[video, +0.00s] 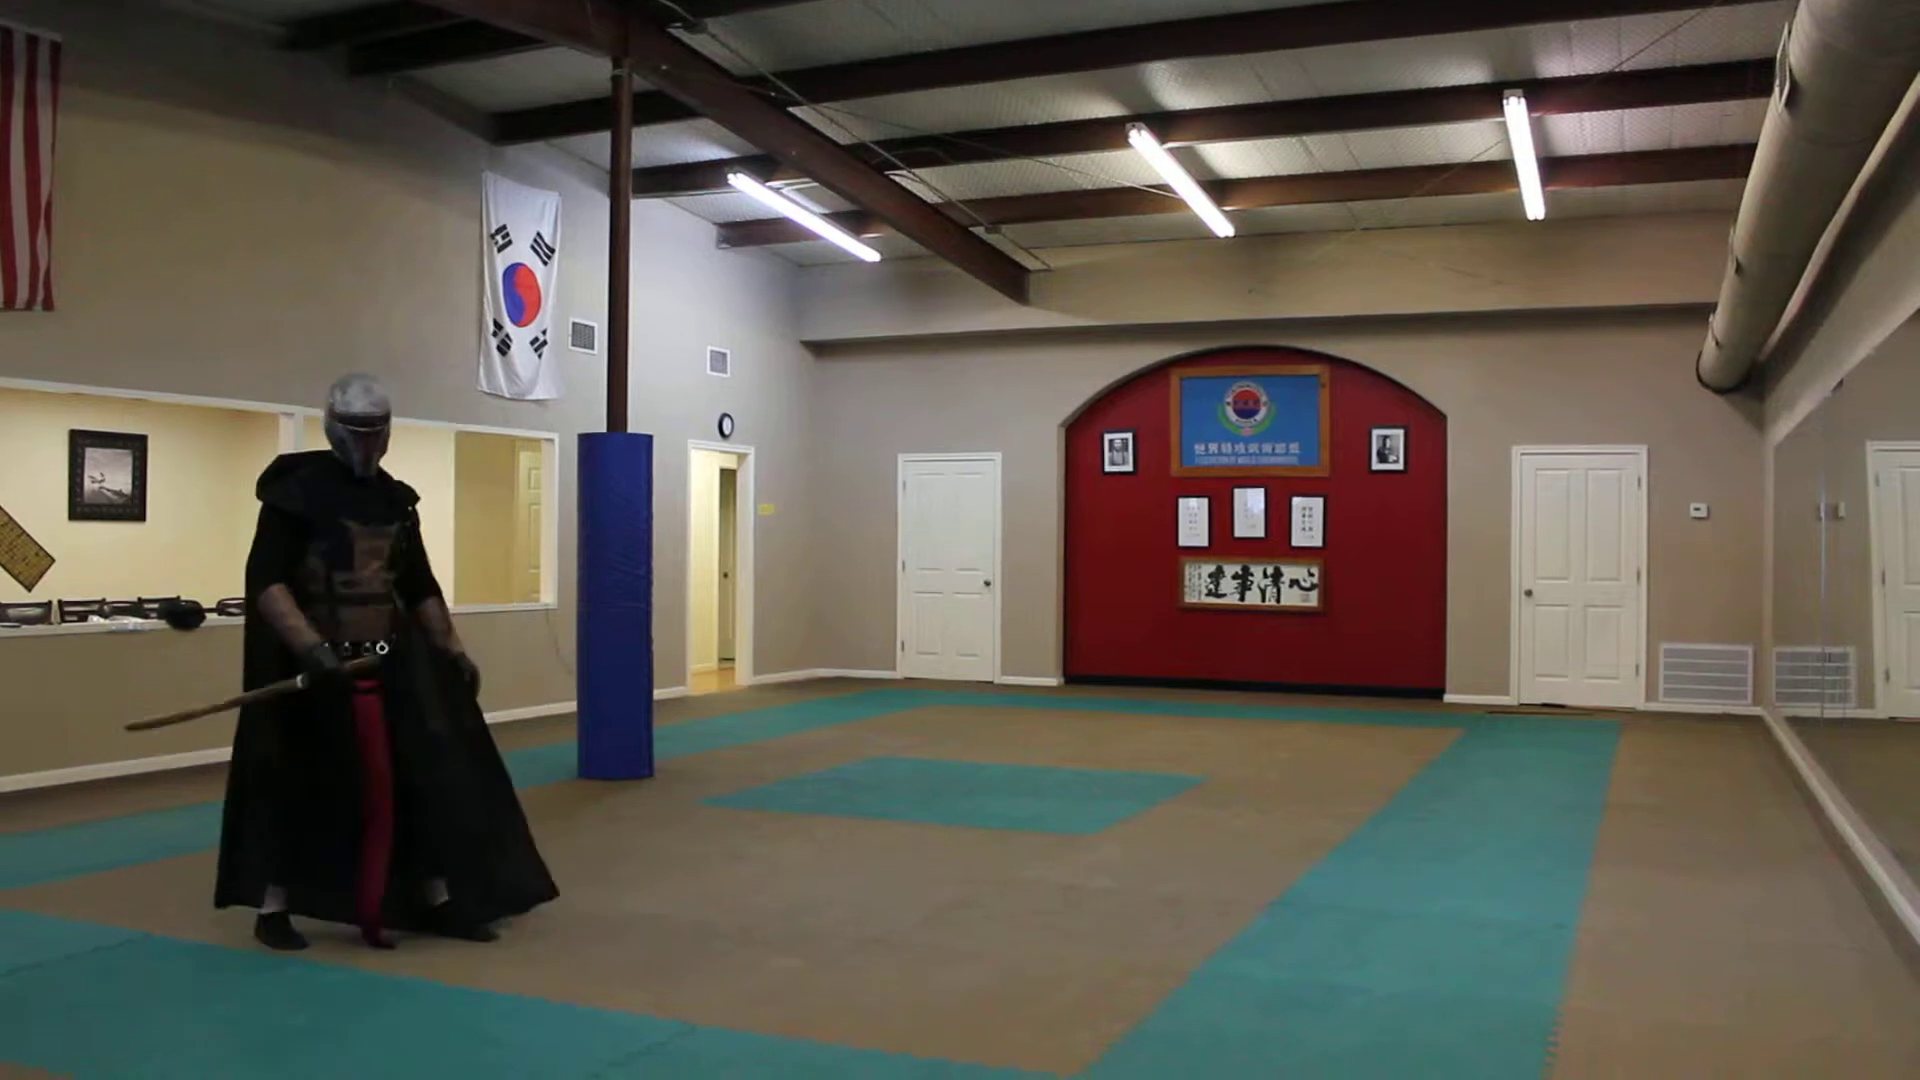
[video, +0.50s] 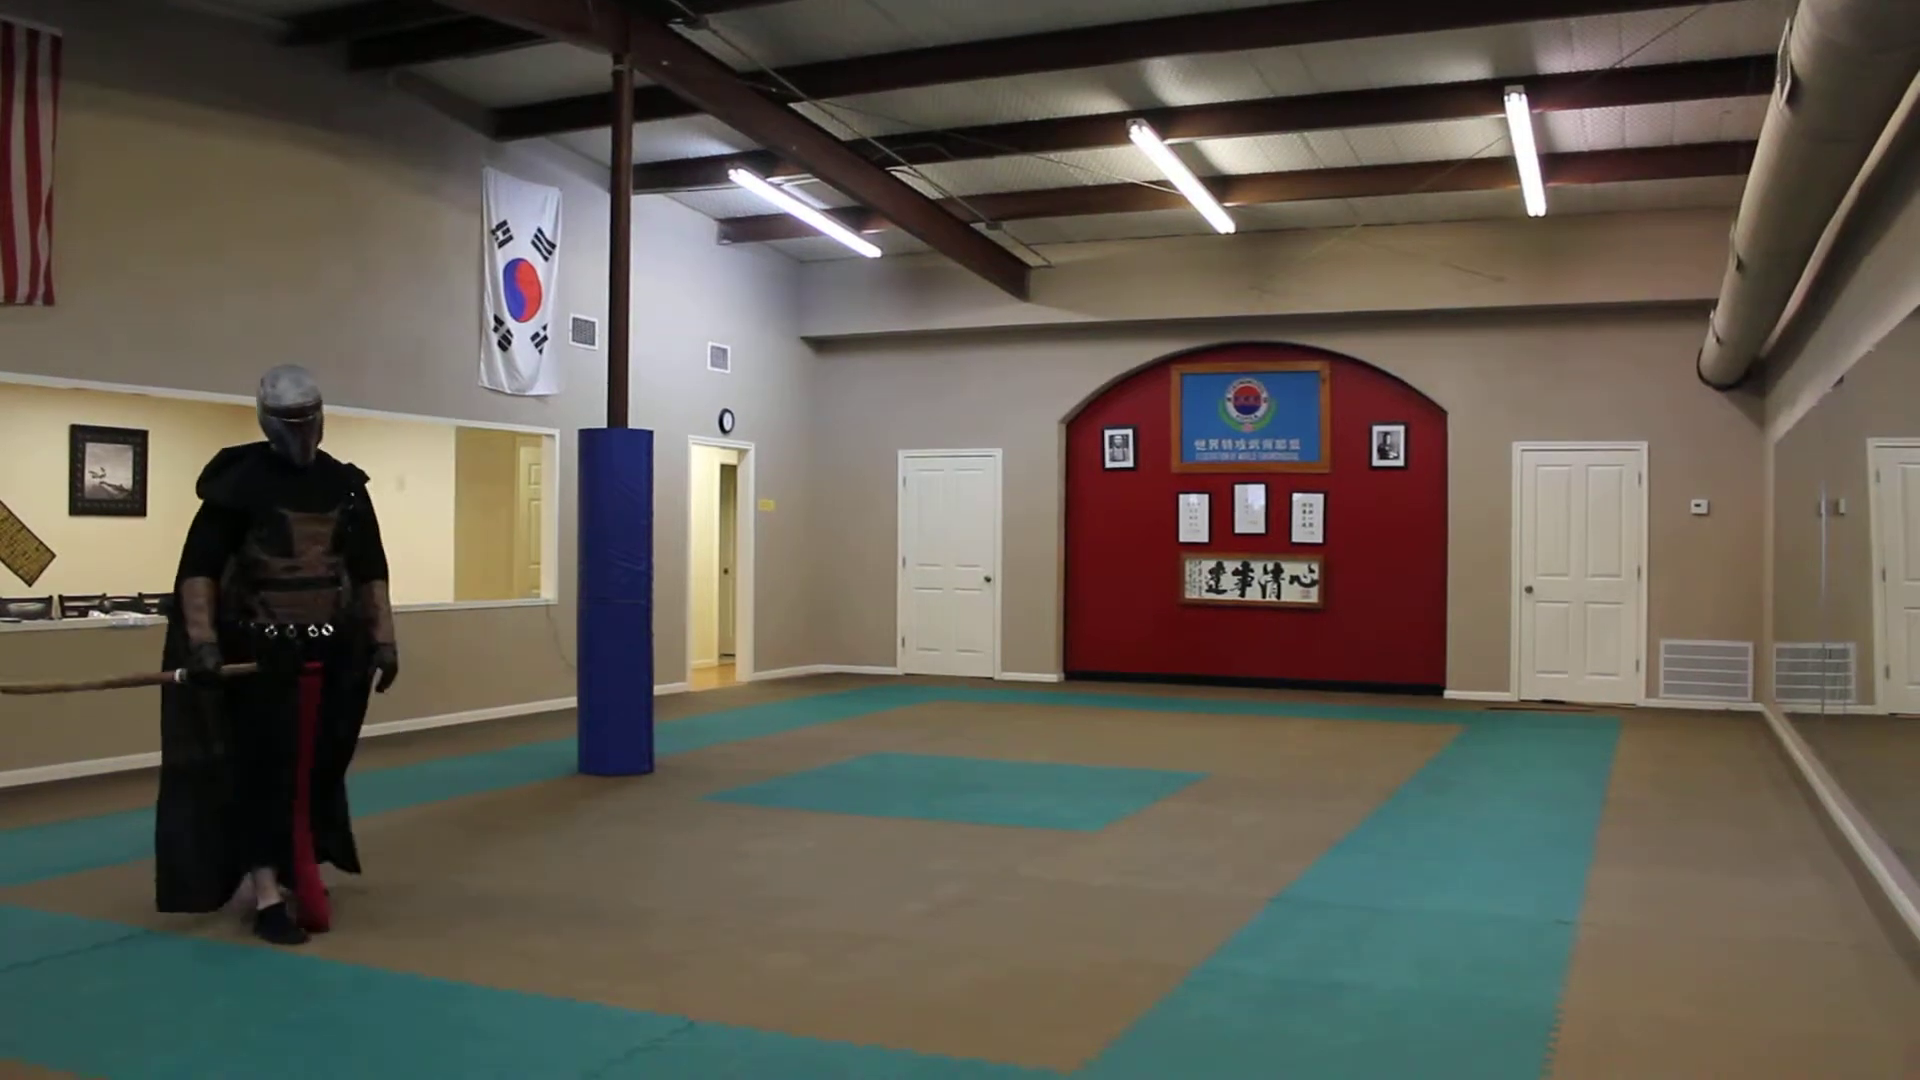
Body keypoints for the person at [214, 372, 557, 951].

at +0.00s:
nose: (366, 441)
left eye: (377, 429)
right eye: (354, 428)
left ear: (390, 430)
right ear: (330, 427)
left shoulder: (395, 500)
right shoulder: (297, 486)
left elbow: (419, 585)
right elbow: (264, 578)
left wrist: (453, 649)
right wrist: (310, 647)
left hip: (390, 665)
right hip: (311, 665)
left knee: (423, 775)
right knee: (293, 782)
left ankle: (434, 898)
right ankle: (273, 908)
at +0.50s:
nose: (301, 428)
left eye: (309, 416)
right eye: (287, 418)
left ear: (322, 415)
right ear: (264, 420)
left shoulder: (345, 485)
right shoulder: (238, 478)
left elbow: (370, 567)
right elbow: (199, 563)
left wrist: (383, 639)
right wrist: (202, 640)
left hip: (329, 651)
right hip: (254, 651)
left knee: (318, 766)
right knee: (262, 767)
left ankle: (295, 873)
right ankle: (266, 890)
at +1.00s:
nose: (291, 434)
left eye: (299, 423)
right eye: (278, 423)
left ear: (311, 423)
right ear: (255, 423)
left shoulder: (318, 492)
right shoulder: (224, 478)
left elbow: (334, 578)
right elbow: (192, 565)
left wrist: (346, 644)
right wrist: (214, 634)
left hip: (299, 652)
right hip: (231, 650)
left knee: (289, 759)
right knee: (216, 759)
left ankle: (276, 867)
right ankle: (198, 882)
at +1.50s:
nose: (249, 429)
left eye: (258, 418)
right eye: (237, 419)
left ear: (270, 419)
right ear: (214, 420)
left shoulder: (281, 490)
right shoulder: (187, 477)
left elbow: (297, 569)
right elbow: (166, 564)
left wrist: (319, 633)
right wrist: (213, 628)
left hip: (266, 644)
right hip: (194, 643)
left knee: (267, 752)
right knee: (195, 755)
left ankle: (263, 870)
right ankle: (190, 883)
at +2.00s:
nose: (227, 432)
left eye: (235, 420)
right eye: (215, 421)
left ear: (248, 420)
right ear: (190, 421)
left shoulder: (258, 489)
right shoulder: (161, 477)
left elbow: (274, 575)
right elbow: (141, 570)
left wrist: (285, 645)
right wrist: (159, 649)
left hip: (243, 651)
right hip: (179, 651)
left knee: (254, 758)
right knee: (180, 764)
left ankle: (262, 872)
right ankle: (187, 886)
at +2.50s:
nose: (228, 431)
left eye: (236, 419)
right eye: (215, 420)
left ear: (250, 420)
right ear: (192, 421)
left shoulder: (261, 489)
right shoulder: (166, 478)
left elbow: (280, 571)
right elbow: (150, 571)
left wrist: (301, 637)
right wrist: (186, 644)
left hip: (247, 651)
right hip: (182, 650)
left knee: (251, 761)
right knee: (187, 766)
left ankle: (256, 871)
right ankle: (188, 886)